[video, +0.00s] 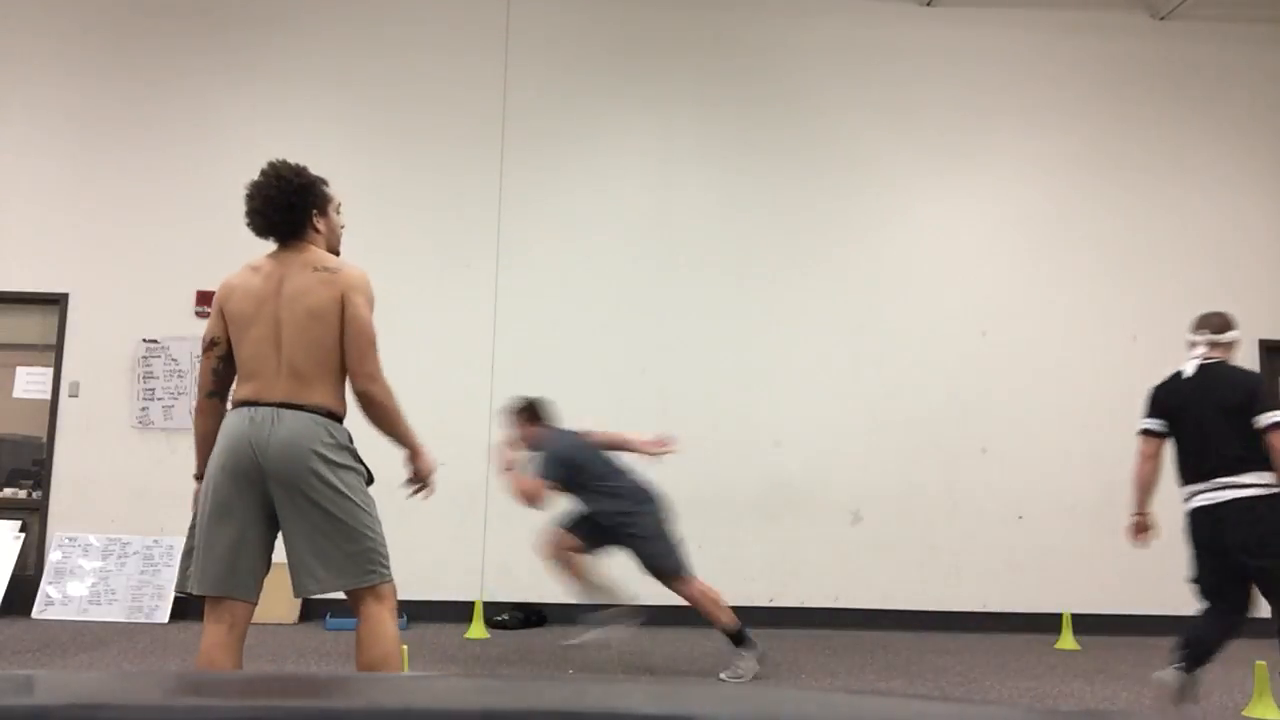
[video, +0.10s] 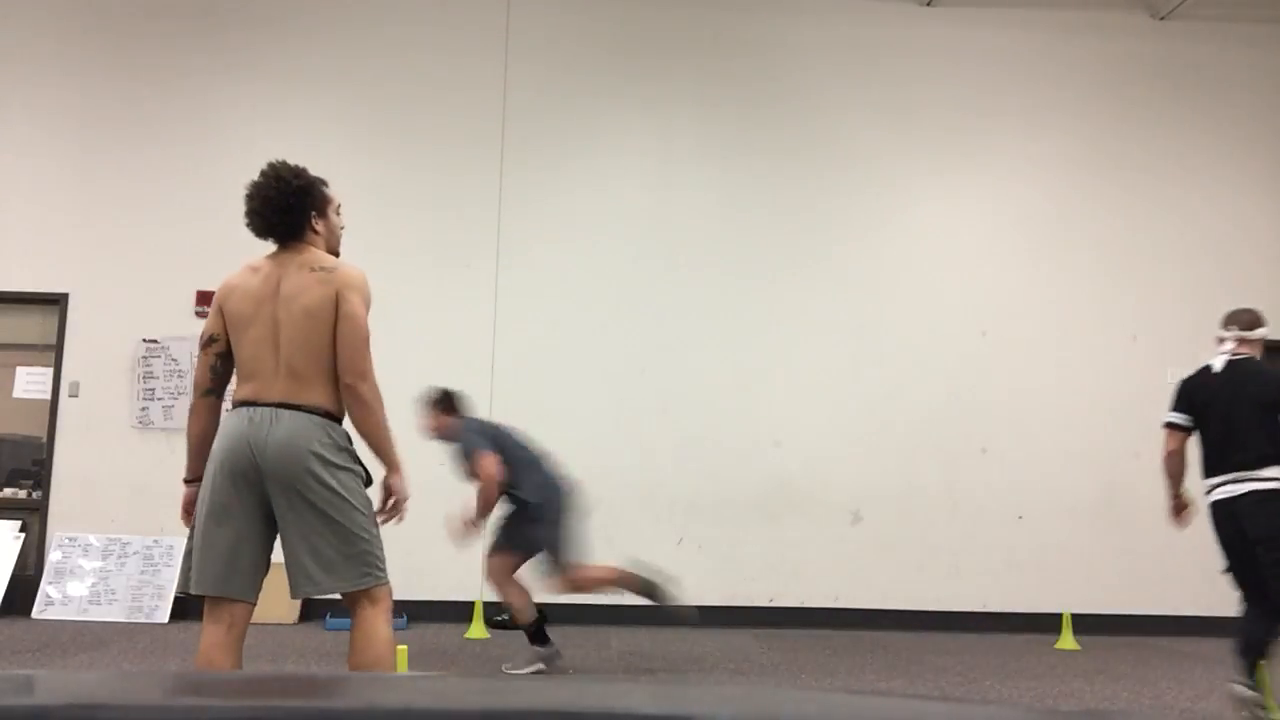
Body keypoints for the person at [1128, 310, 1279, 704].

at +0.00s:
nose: (1231, 350)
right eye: (1232, 345)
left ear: (1192, 345)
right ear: (1230, 346)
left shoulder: (1168, 390)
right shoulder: (1251, 383)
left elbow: (1148, 454)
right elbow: (1275, 443)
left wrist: (1140, 509)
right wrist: (1278, 482)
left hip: (1205, 516)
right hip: (1258, 509)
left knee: (1227, 604)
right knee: (1274, 598)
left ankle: (1185, 662)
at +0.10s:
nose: (1262, 347)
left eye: (1258, 341)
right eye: (1262, 341)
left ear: (1223, 340)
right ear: (1258, 341)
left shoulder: (1197, 383)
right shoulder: (1271, 377)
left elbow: (1172, 445)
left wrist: (1175, 493)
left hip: (1225, 505)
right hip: (1271, 499)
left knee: (1256, 593)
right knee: (1270, 592)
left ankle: (1249, 670)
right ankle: (1247, 669)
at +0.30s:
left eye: (1265, 349)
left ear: (1262, 349)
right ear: (1279, 351)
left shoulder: (1242, 394)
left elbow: (1206, 452)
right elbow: (1207, 453)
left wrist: (1224, 477)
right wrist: (1224, 476)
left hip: (1265, 504)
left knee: (1276, 584)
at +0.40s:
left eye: (1275, 348)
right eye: (1276, 349)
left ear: (1274, 354)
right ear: (1273, 354)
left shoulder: (1255, 397)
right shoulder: (1255, 397)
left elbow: (1232, 458)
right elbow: (1233, 457)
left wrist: (1248, 486)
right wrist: (1248, 487)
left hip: (1274, 502)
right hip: (1273, 502)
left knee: (1277, 588)